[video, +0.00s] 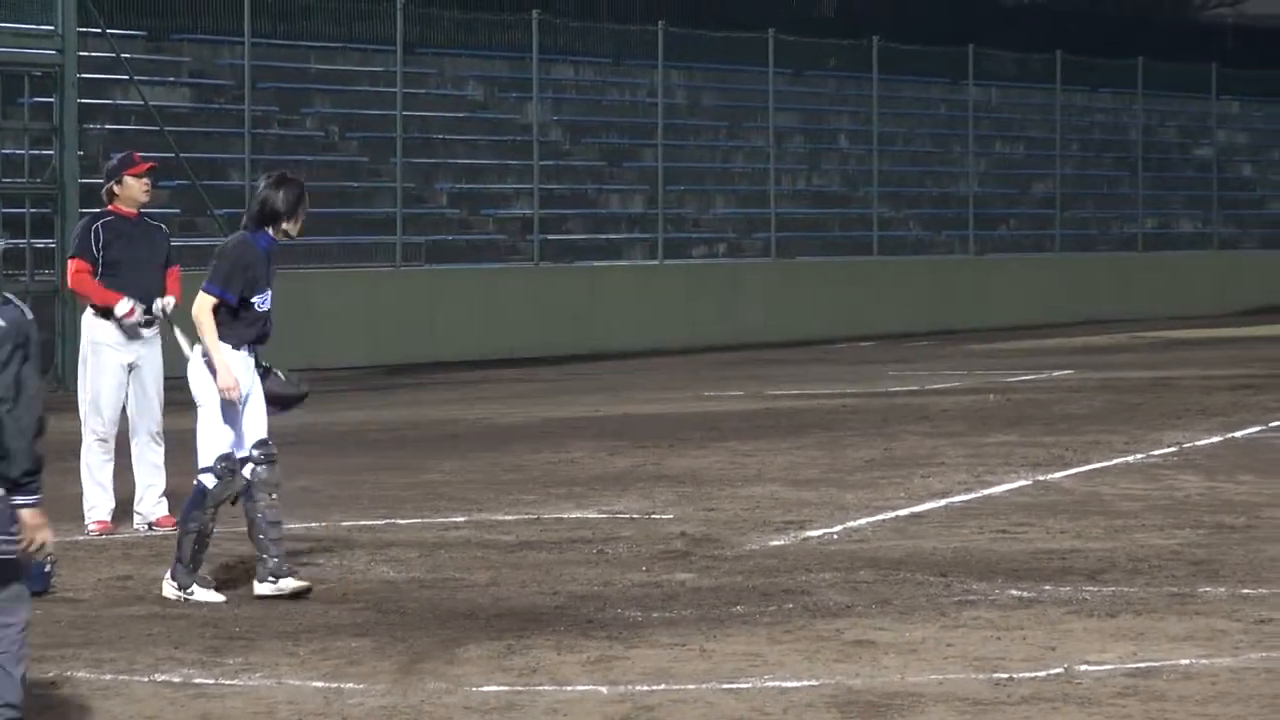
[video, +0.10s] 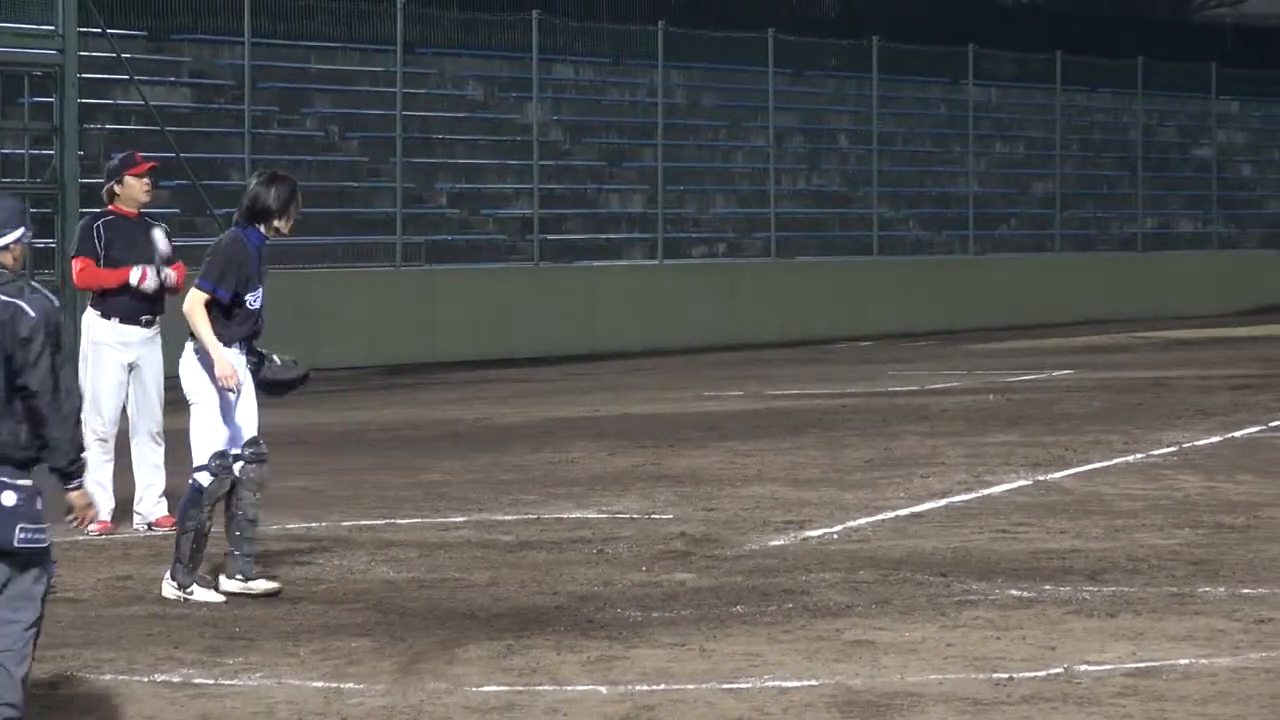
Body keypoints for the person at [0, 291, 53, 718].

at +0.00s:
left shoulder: (14, 320)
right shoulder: (12, 321)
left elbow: (20, 414)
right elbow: (19, 416)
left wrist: (27, 496)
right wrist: (28, 496)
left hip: (6, 498)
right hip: (2, 500)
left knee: (11, 613)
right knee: (10, 614)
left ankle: (9, 701)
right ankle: (7, 703)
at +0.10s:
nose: (26, 249)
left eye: (21, 241)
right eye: (22, 242)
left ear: (6, 248)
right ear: (11, 248)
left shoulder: (30, 307)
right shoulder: (29, 307)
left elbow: (49, 397)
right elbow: (50, 398)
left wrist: (70, 475)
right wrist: (72, 476)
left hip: (17, 474)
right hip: (14, 476)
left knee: (30, 574)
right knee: (24, 579)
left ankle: (11, 693)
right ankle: (9, 699)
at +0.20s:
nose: (49, 242)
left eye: (45, 234)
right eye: (45, 236)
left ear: (8, 241)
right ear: (29, 242)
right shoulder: (49, 300)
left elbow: (85, 389)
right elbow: (86, 389)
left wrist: (111, 456)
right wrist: (114, 459)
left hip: (18, 463)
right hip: (20, 467)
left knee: (21, 589)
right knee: (21, 592)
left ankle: (9, 698)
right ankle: (6, 702)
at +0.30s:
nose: (74, 246)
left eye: (70, 238)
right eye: (70, 239)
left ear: (16, 241)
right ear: (58, 244)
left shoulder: (5, 284)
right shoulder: (80, 303)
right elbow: (114, 389)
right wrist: (140, 451)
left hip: (8, 458)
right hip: (37, 465)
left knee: (18, 588)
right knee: (22, 599)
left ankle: (60, 693)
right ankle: (6, 706)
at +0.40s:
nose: (92, 250)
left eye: (90, 242)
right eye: (87, 243)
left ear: (35, 246)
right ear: (74, 247)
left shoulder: (8, 297)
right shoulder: (102, 308)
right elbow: (138, 392)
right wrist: (166, 454)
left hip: (10, 469)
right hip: (64, 471)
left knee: (44, 592)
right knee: (44, 596)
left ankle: (83, 697)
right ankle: (12, 705)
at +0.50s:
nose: (112, 245)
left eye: (108, 237)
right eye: (106, 238)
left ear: (53, 246)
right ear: (94, 245)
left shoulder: (13, 301)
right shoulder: (122, 305)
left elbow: (1, 393)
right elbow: (150, 396)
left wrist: (3, 469)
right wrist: (175, 463)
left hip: (24, 465)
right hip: (84, 467)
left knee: (67, 592)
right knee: (98, 591)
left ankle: (87, 707)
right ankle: (26, 691)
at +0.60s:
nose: (130, 238)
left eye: (127, 229)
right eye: (126, 231)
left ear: (75, 239)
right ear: (111, 238)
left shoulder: (28, 297)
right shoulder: (141, 295)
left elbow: (10, 386)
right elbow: (163, 387)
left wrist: (13, 458)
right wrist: (181, 460)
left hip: (48, 462)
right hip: (114, 462)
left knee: (75, 587)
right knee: (137, 573)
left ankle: (85, 706)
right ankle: (80, 668)